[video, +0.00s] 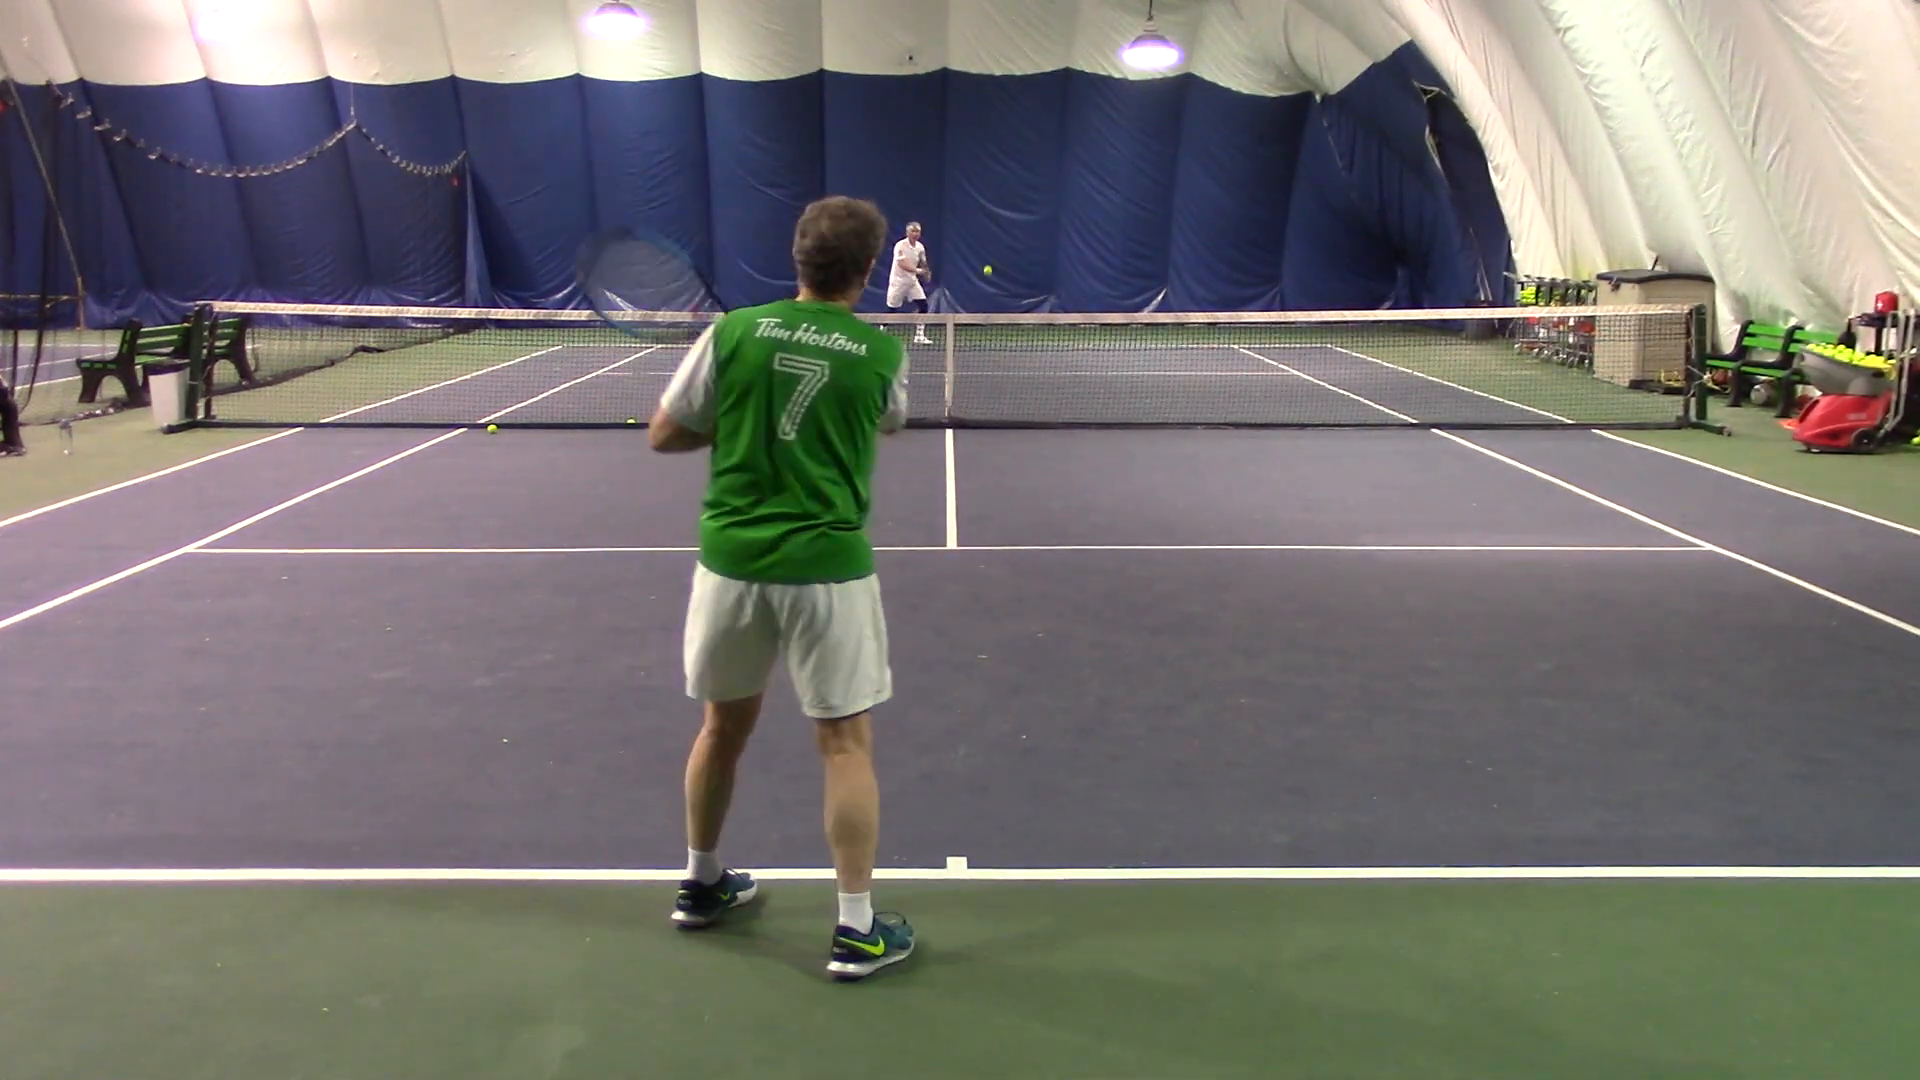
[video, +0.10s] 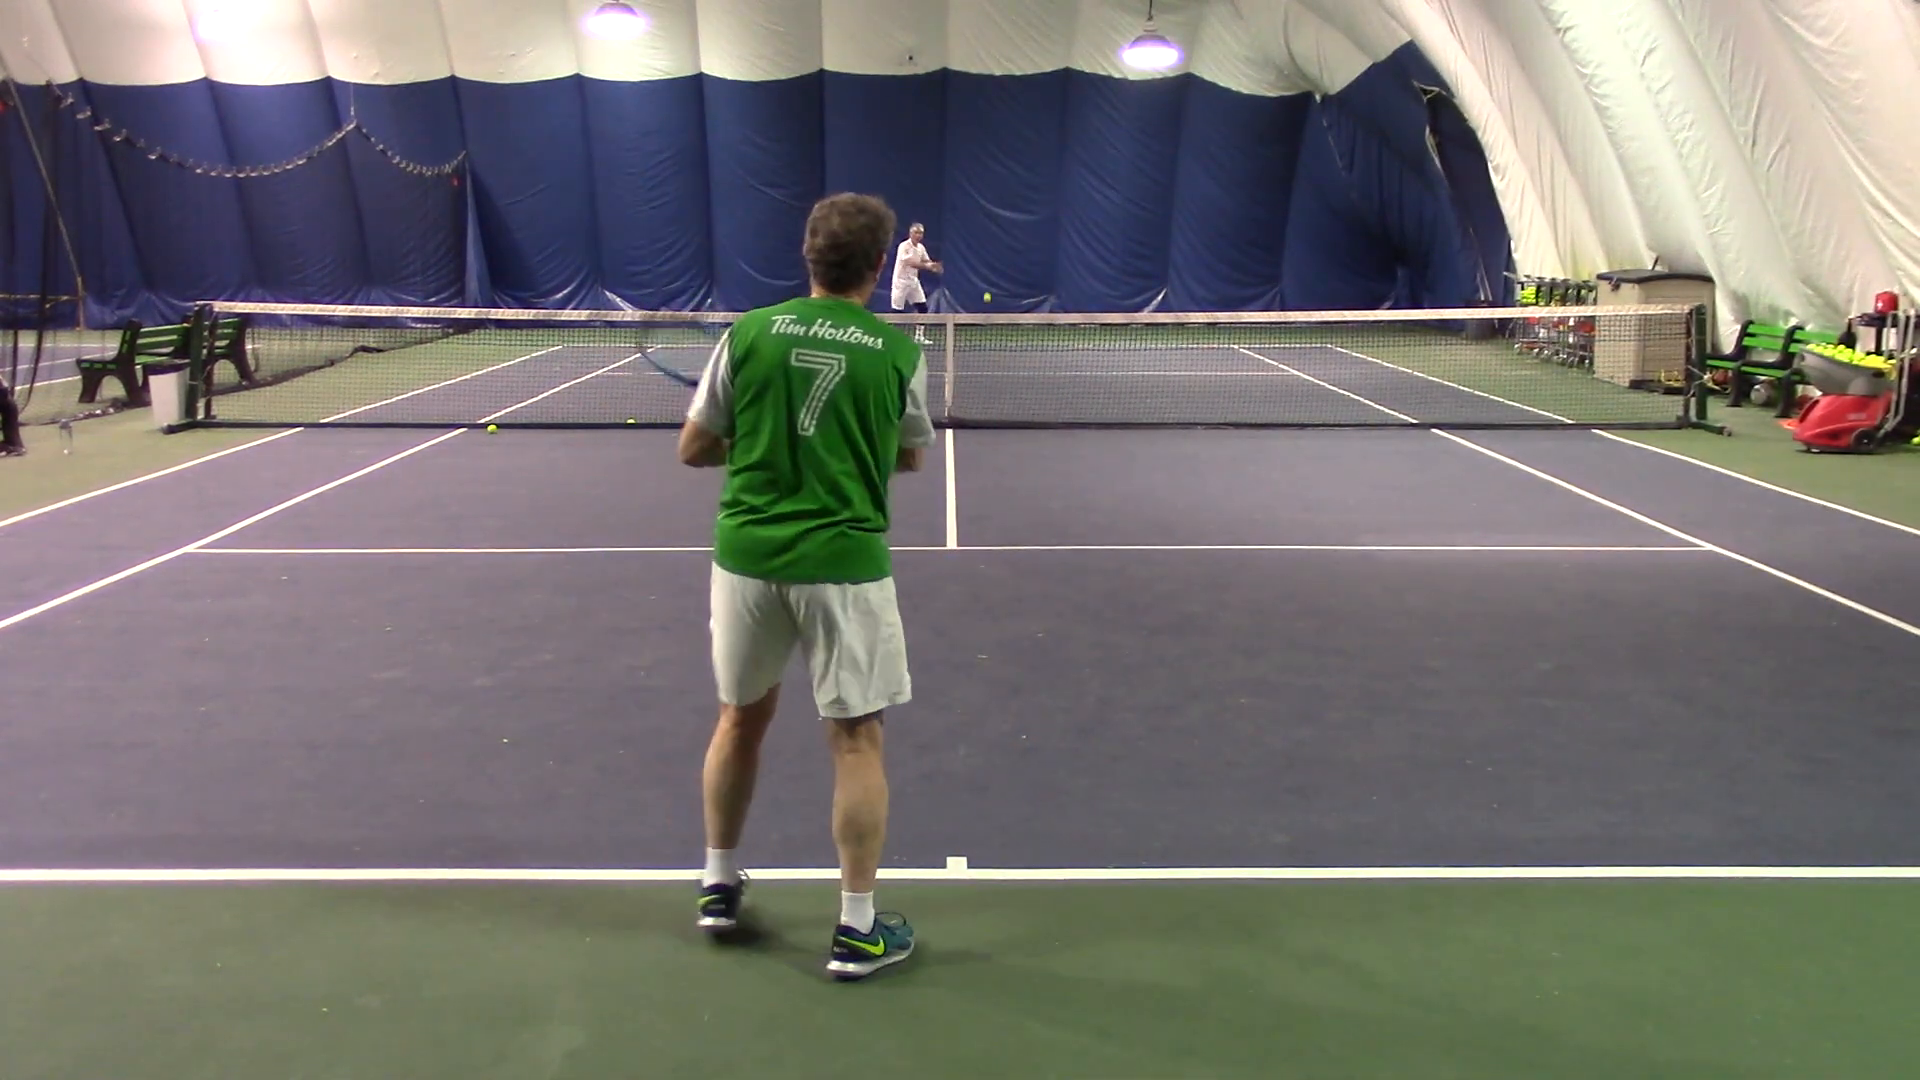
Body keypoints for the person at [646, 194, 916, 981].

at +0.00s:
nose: (874, 270)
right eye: (874, 262)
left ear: (797, 261)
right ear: (867, 272)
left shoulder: (734, 331)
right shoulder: (885, 351)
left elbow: (666, 432)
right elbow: (884, 423)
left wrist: (739, 417)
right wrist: (809, 394)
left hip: (732, 565)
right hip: (829, 571)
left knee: (721, 726)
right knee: (845, 743)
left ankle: (701, 883)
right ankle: (856, 926)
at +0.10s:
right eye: (885, 257)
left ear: (808, 260)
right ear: (879, 268)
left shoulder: (749, 333)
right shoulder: (897, 349)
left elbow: (696, 445)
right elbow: (911, 453)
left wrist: (768, 436)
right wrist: (837, 443)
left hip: (747, 558)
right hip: (846, 567)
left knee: (740, 717)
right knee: (857, 738)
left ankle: (718, 888)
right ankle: (857, 926)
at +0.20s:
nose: (887, 261)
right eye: (891, 250)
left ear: (812, 253)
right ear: (885, 260)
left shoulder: (757, 329)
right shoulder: (907, 347)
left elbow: (716, 450)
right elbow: (917, 473)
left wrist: (789, 446)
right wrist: (846, 455)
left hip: (756, 557)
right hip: (857, 567)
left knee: (758, 716)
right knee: (859, 737)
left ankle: (755, 887)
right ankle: (858, 924)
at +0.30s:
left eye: (814, 241)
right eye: (885, 247)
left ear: (809, 252)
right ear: (884, 258)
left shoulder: (757, 329)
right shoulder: (909, 346)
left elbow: (726, 452)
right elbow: (923, 474)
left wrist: (795, 442)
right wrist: (856, 471)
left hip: (759, 561)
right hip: (860, 570)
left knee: (775, 731)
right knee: (867, 735)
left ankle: (779, 907)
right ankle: (861, 920)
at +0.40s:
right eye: (879, 253)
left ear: (804, 259)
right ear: (878, 265)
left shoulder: (754, 337)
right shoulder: (900, 351)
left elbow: (729, 458)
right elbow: (923, 480)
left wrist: (800, 457)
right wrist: (858, 482)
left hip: (761, 559)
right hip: (861, 566)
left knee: (778, 741)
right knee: (902, 719)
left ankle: (780, 927)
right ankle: (876, 890)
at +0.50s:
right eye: (878, 252)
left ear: (805, 258)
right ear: (879, 264)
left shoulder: (759, 338)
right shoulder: (903, 349)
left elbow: (741, 460)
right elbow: (926, 480)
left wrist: (807, 479)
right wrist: (862, 495)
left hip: (769, 557)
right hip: (871, 561)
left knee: (781, 743)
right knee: (922, 708)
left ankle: (781, 925)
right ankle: (904, 878)